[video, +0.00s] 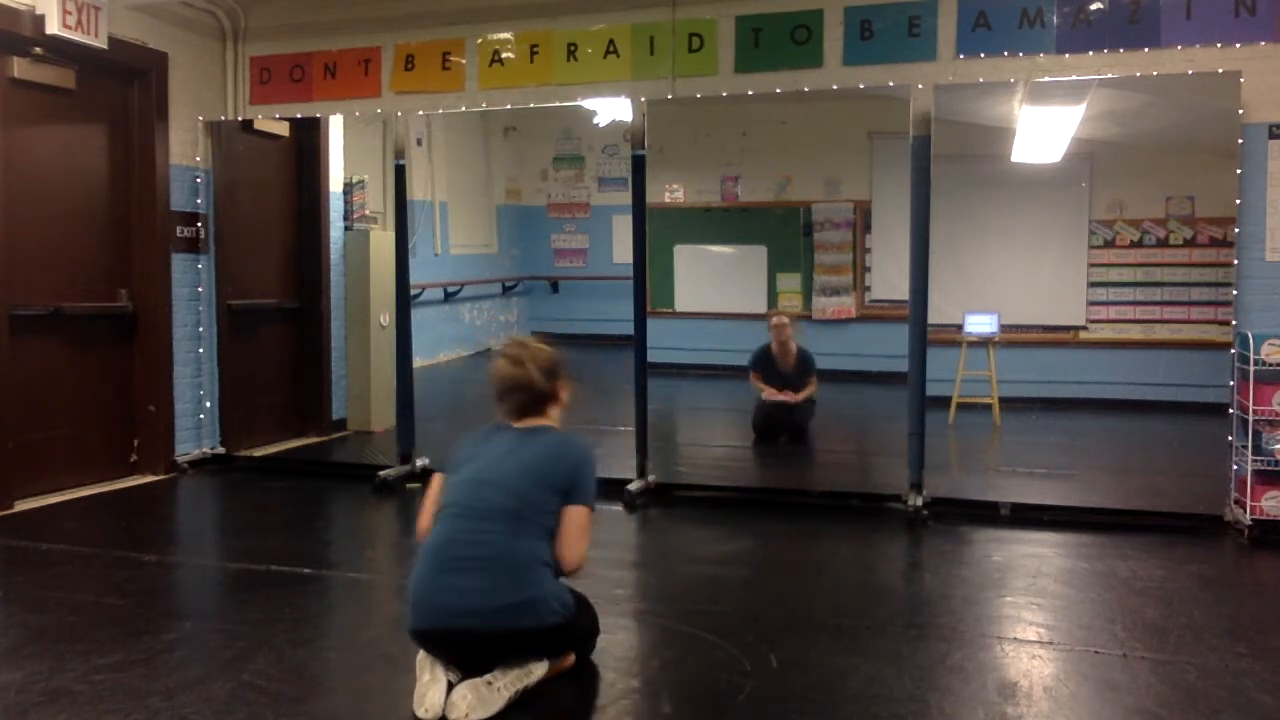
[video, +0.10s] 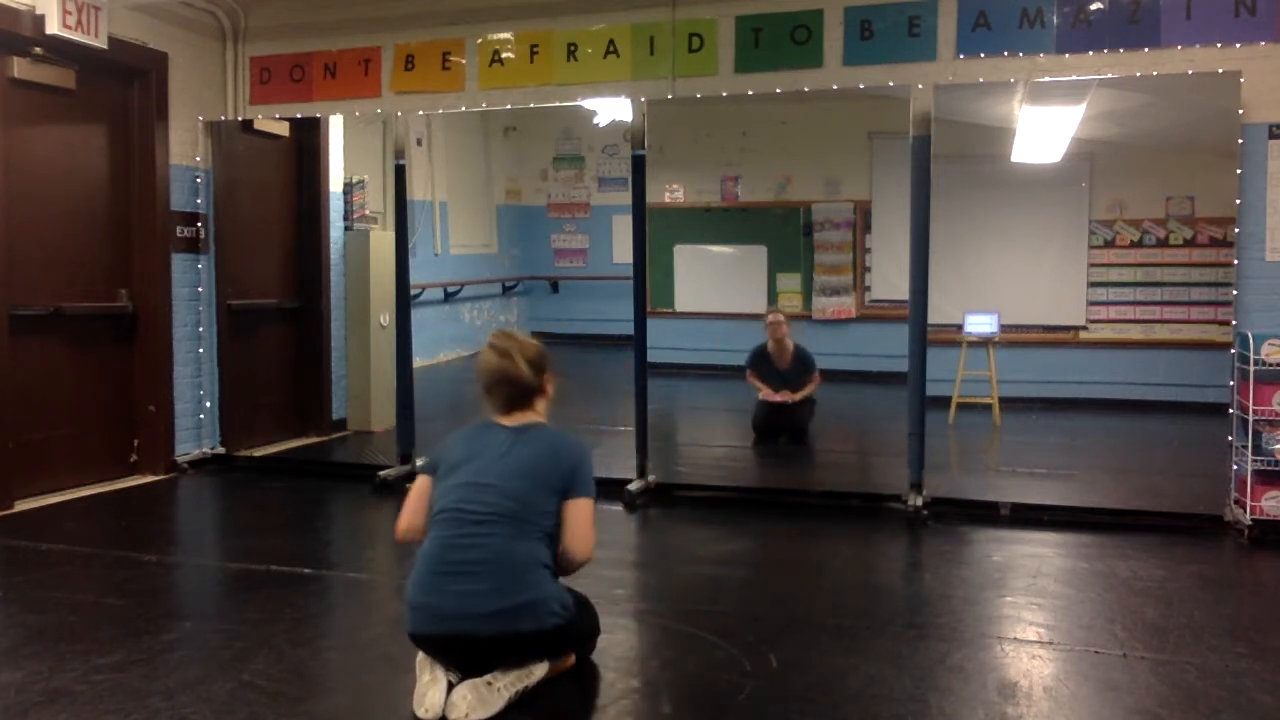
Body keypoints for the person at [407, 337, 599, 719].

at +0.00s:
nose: (568, 388)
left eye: (564, 380)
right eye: (565, 381)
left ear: (503, 396)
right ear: (559, 391)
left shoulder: (468, 444)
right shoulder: (572, 451)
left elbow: (424, 529)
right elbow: (570, 560)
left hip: (432, 619)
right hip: (521, 616)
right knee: (582, 621)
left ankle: (444, 674)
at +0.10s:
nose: (555, 381)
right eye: (553, 375)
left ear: (486, 389)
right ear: (546, 384)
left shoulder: (450, 445)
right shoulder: (567, 449)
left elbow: (407, 529)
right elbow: (577, 550)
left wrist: (462, 528)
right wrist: (542, 568)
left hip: (433, 628)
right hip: (524, 625)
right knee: (583, 620)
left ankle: (447, 677)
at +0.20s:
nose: (544, 381)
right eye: (540, 374)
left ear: (479, 387)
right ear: (535, 380)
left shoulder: (445, 447)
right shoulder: (564, 446)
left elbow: (410, 538)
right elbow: (577, 549)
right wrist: (543, 577)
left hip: (434, 627)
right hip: (526, 625)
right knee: (584, 619)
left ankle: (444, 677)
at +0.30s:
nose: (527, 385)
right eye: (525, 379)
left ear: (469, 396)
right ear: (522, 384)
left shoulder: (443, 454)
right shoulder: (556, 444)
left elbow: (430, 542)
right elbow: (567, 550)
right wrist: (531, 577)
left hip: (436, 630)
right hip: (526, 627)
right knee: (583, 617)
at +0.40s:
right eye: (508, 390)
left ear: (458, 411)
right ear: (508, 395)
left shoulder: (447, 466)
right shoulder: (553, 451)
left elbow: (435, 533)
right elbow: (561, 542)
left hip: (440, 623)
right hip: (530, 621)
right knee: (584, 615)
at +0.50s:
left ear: (451, 440)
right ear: (499, 419)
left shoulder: (447, 481)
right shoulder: (549, 461)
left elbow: (437, 541)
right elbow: (559, 532)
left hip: (446, 616)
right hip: (540, 614)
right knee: (586, 630)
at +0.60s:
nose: (446, 476)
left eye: (445, 469)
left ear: (453, 465)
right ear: (494, 449)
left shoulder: (452, 489)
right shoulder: (551, 467)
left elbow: (438, 533)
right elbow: (555, 535)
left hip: (448, 610)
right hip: (547, 607)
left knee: (480, 663)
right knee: (578, 646)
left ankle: (444, 665)